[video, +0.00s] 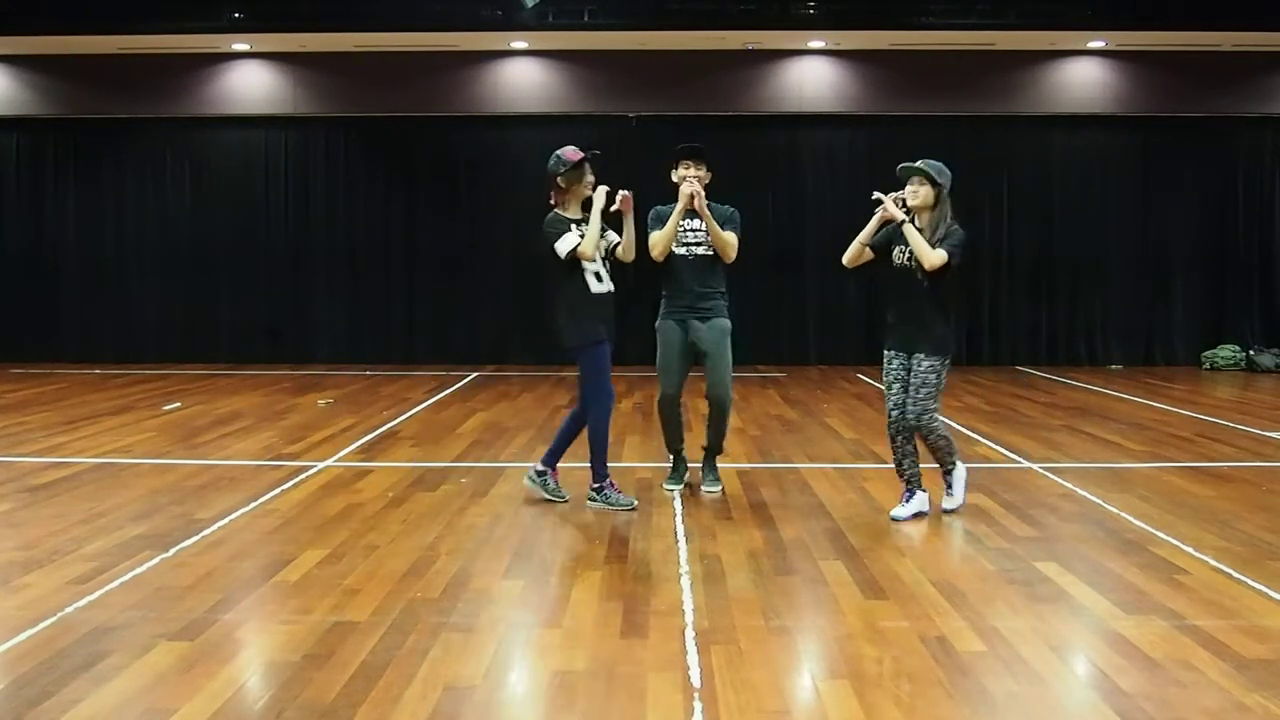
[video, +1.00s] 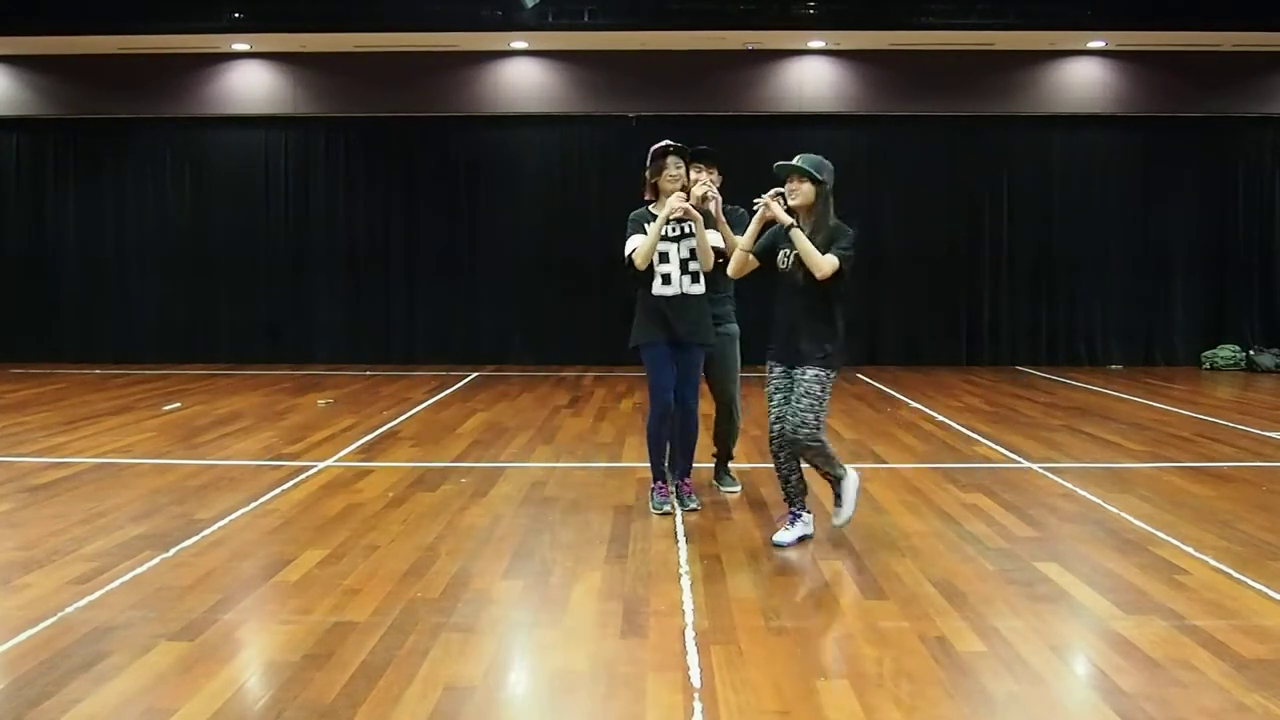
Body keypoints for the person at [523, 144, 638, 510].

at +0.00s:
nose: (590, 177)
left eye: (588, 172)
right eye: (582, 174)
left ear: (588, 177)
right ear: (563, 183)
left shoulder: (594, 217)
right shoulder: (554, 223)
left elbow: (627, 255)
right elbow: (588, 251)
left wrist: (628, 215)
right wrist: (597, 207)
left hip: (602, 319)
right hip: (581, 321)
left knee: (589, 402)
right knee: (602, 399)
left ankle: (544, 470)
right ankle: (600, 484)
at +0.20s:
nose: (619, 180)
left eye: (618, 173)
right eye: (611, 175)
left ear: (615, 177)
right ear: (593, 181)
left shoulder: (617, 217)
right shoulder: (587, 219)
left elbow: (655, 251)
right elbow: (627, 243)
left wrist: (658, 214)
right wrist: (629, 205)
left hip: (634, 323)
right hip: (609, 326)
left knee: (663, 394)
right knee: (609, 406)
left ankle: (620, 459)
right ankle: (600, 484)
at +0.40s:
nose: (646, 179)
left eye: (645, 173)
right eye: (638, 176)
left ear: (643, 179)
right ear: (620, 184)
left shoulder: (653, 219)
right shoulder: (612, 222)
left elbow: (690, 251)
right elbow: (652, 245)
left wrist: (685, 209)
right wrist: (657, 201)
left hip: (667, 323)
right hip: (632, 326)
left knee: (677, 403)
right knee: (631, 408)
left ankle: (680, 480)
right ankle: (603, 483)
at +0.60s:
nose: (664, 187)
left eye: (667, 181)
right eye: (656, 182)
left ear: (673, 183)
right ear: (638, 186)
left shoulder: (684, 220)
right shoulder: (625, 221)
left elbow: (697, 266)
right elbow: (632, 253)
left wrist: (697, 219)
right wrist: (658, 214)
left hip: (686, 317)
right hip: (648, 318)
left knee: (687, 406)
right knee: (668, 401)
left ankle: (681, 479)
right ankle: (635, 461)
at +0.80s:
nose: (673, 179)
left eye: (677, 172)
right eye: (665, 173)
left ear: (685, 177)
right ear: (650, 180)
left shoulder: (700, 212)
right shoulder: (638, 215)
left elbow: (712, 250)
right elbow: (633, 250)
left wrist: (697, 205)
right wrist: (655, 208)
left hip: (691, 315)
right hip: (651, 315)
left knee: (687, 402)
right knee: (666, 397)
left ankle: (683, 480)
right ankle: (656, 474)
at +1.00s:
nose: (676, 177)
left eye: (680, 170)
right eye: (668, 172)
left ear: (687, 175)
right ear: (654, 179)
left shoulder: (698, 218)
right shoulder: (641, 218)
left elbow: (708, 264)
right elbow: (640, 261)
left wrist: (698, 221)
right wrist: (662, 217)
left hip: (694, 321)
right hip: (655, 321)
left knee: (688, 402)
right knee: (663, 400)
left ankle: (683, 479)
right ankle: (659, 481)